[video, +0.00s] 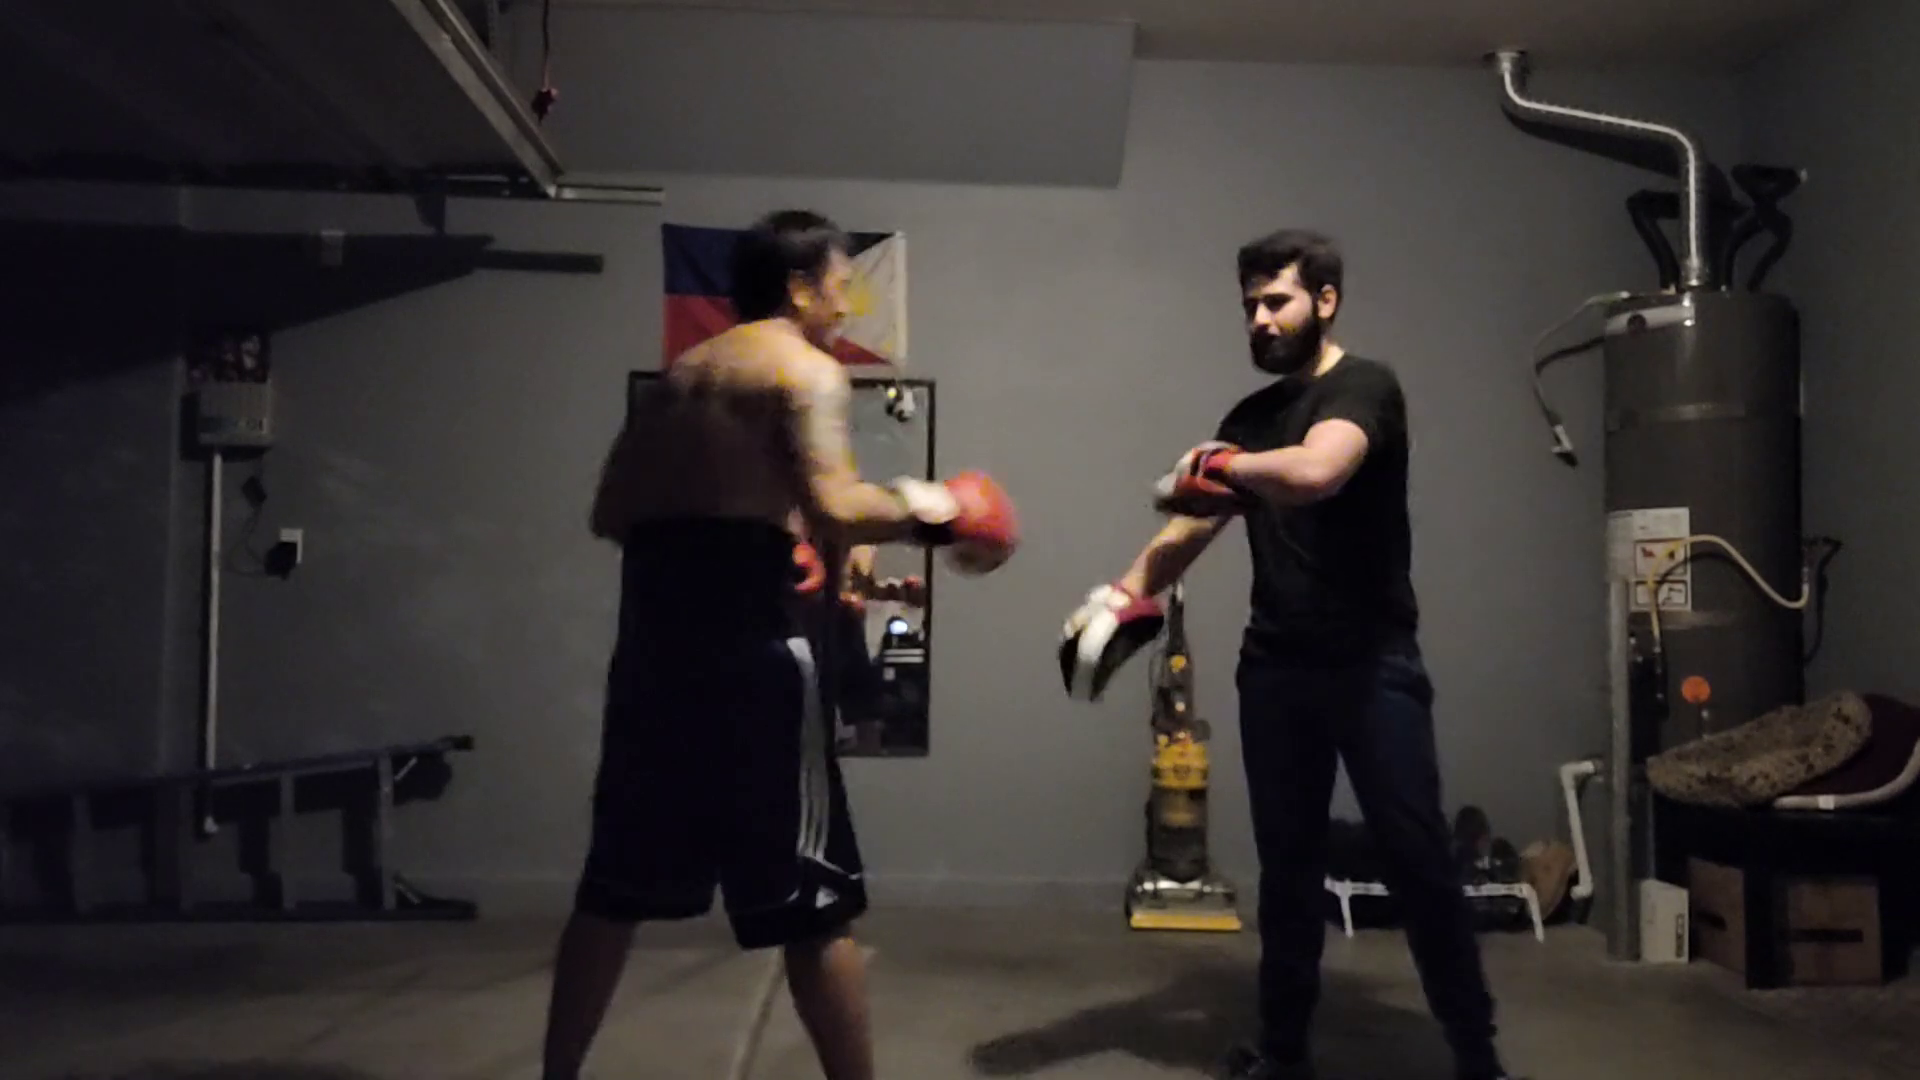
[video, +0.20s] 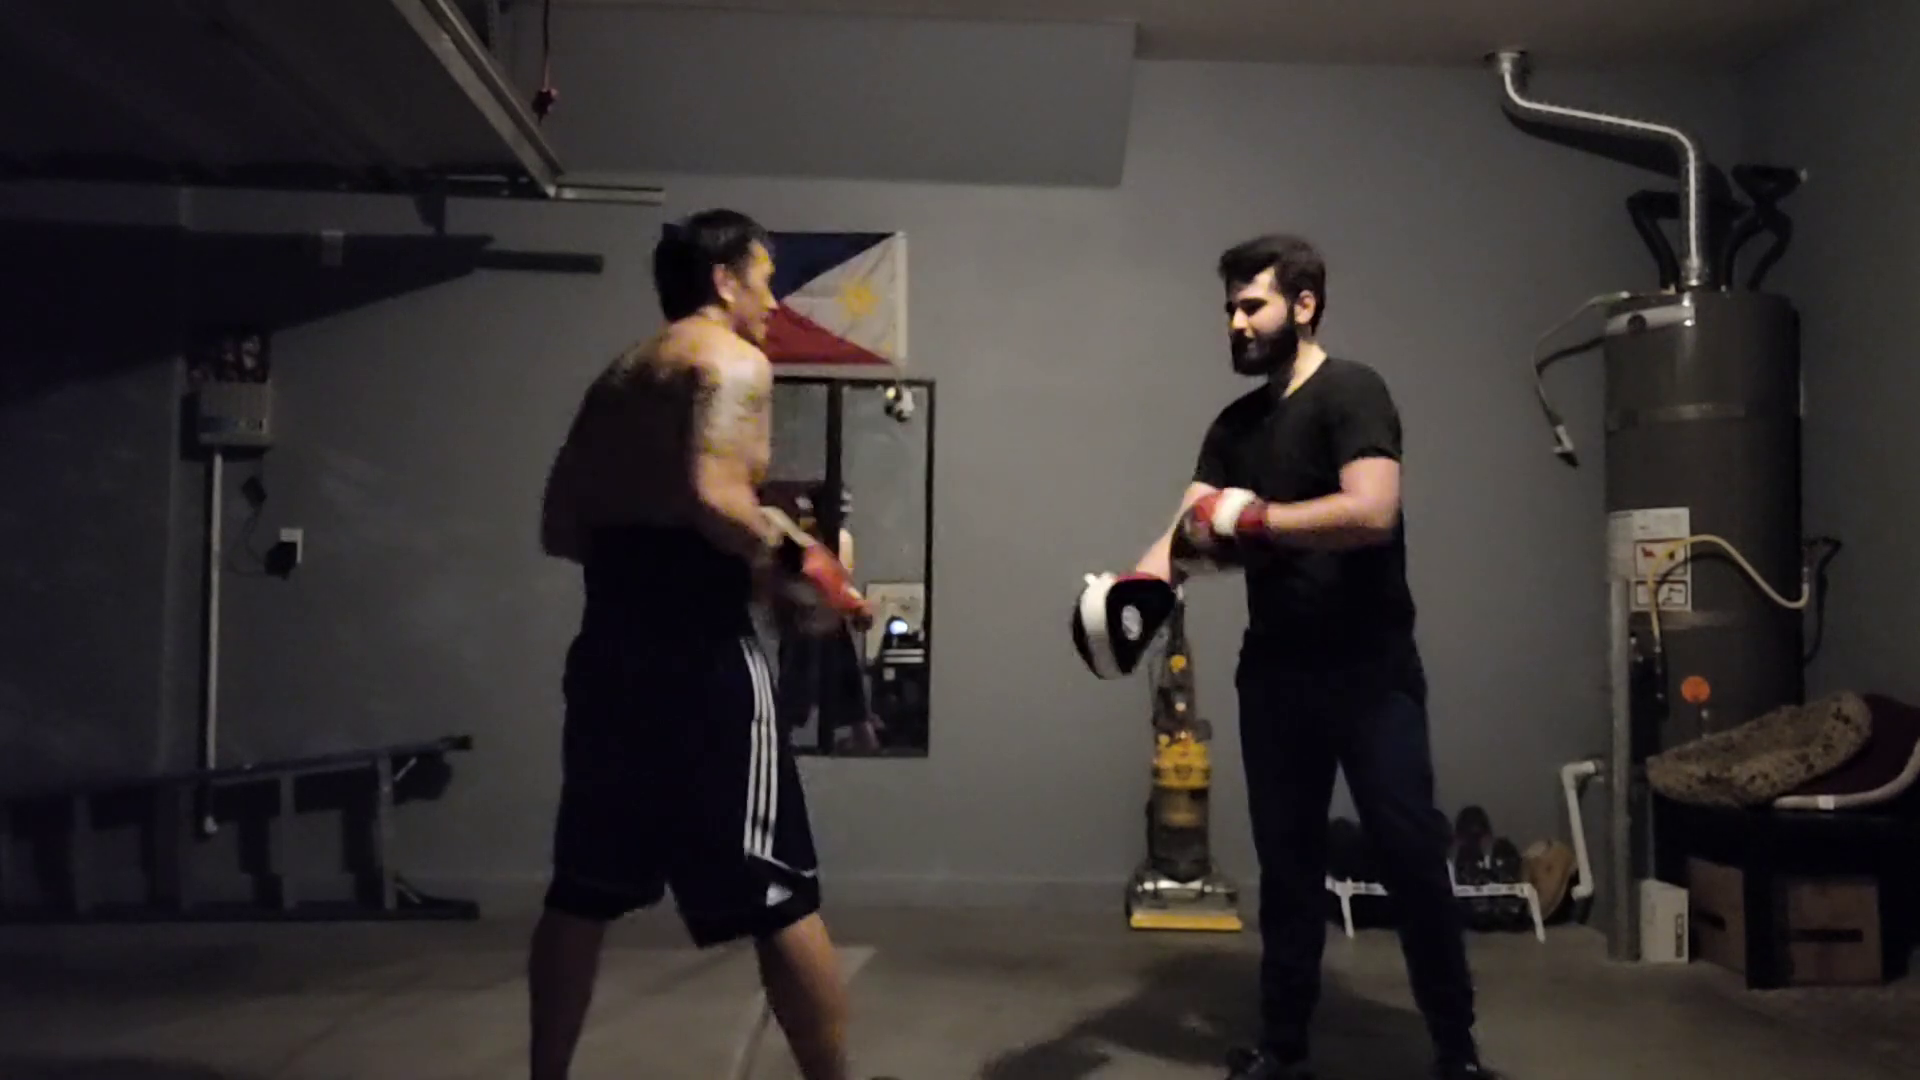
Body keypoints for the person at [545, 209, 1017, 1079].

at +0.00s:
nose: (849, 302)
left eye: (848, 284)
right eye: (841, 284)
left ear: (756, 286)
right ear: (802, 286)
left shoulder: (682, 369)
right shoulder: (806, 370)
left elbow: (613, 512)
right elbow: (837, 506)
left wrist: (753, 542)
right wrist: (935, 507)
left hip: (656, 665)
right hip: (756, 669)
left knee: (613, 885)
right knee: (814, 899)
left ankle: (558, 1070)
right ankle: (855, 1073)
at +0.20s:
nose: (773, 300)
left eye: (773, 283)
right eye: (765, 282)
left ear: (681, 286)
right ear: (722, 281)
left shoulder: (617, 375)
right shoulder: (735, 358)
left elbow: (562, 527)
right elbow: (716, 491)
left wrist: (681, 544)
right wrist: (800, 550)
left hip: (610, 651)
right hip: (707, 650)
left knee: (582, 889)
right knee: (777, 893)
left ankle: (547, 1071)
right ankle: (831, 1069)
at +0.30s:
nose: (753, 293)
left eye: (752, 275)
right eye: (745, 275)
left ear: (667, 282)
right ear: (701, 276)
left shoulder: (602, 371)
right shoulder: (712, 352)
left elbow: (553, 522)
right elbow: (695, 486)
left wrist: (678, 516)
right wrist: (774, 564)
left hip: (607, 647)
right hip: (703, 646)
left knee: (580, 885)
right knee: (771, 892)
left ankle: (547, 1071)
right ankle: (795, 1071)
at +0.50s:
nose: (736, 295)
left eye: (735, 276)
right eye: (727, 275)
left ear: (657, 278)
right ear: (687, 272)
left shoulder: (597, 362)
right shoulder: (697, 345)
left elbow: (563, 523)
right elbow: (703, 480)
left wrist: (725, 552)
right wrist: (792, 534)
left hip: (603, 651)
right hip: (695, 648)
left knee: (584, 884)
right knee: (798, 875)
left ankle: (549, 1070)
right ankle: (806, 1070)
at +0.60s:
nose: (750, 306)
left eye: (752, 287)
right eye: (744, 285)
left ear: (670, 280)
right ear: (704, 276)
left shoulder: (604, 367)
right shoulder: (705, 348)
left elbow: (563, 527)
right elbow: (707, 486)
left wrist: (713, 547)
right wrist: (802, 535)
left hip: (614, 653)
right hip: (709, 649)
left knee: (591, 883)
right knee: (814, 874)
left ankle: (552, 1071)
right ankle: (834, 1069)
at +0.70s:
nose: (777, 318)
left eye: (779, 300)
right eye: (773, 298)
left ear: (692, 292)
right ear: (733, 290)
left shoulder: (621, 377)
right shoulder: (733, 362)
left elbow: (578, 536)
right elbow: (723, 499)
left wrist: (716, 553)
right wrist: (808, 536)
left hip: (627, 659)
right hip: (723, 657)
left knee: (595, 887)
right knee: (816, 888)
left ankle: (552, 1072)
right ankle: (876, 1071)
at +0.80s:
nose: (815, 307)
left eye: (815, 291)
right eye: (810, 290)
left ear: (719, 289)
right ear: (776, 289)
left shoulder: (653, 378)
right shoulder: (781, 370)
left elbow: (613, 540)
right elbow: (778, 504)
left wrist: (769, 563)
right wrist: (864, 537)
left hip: (650, 670)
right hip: (752, 672)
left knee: (606, 892)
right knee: (831, 898)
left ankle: (557, 1072)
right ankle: (887, 1072)